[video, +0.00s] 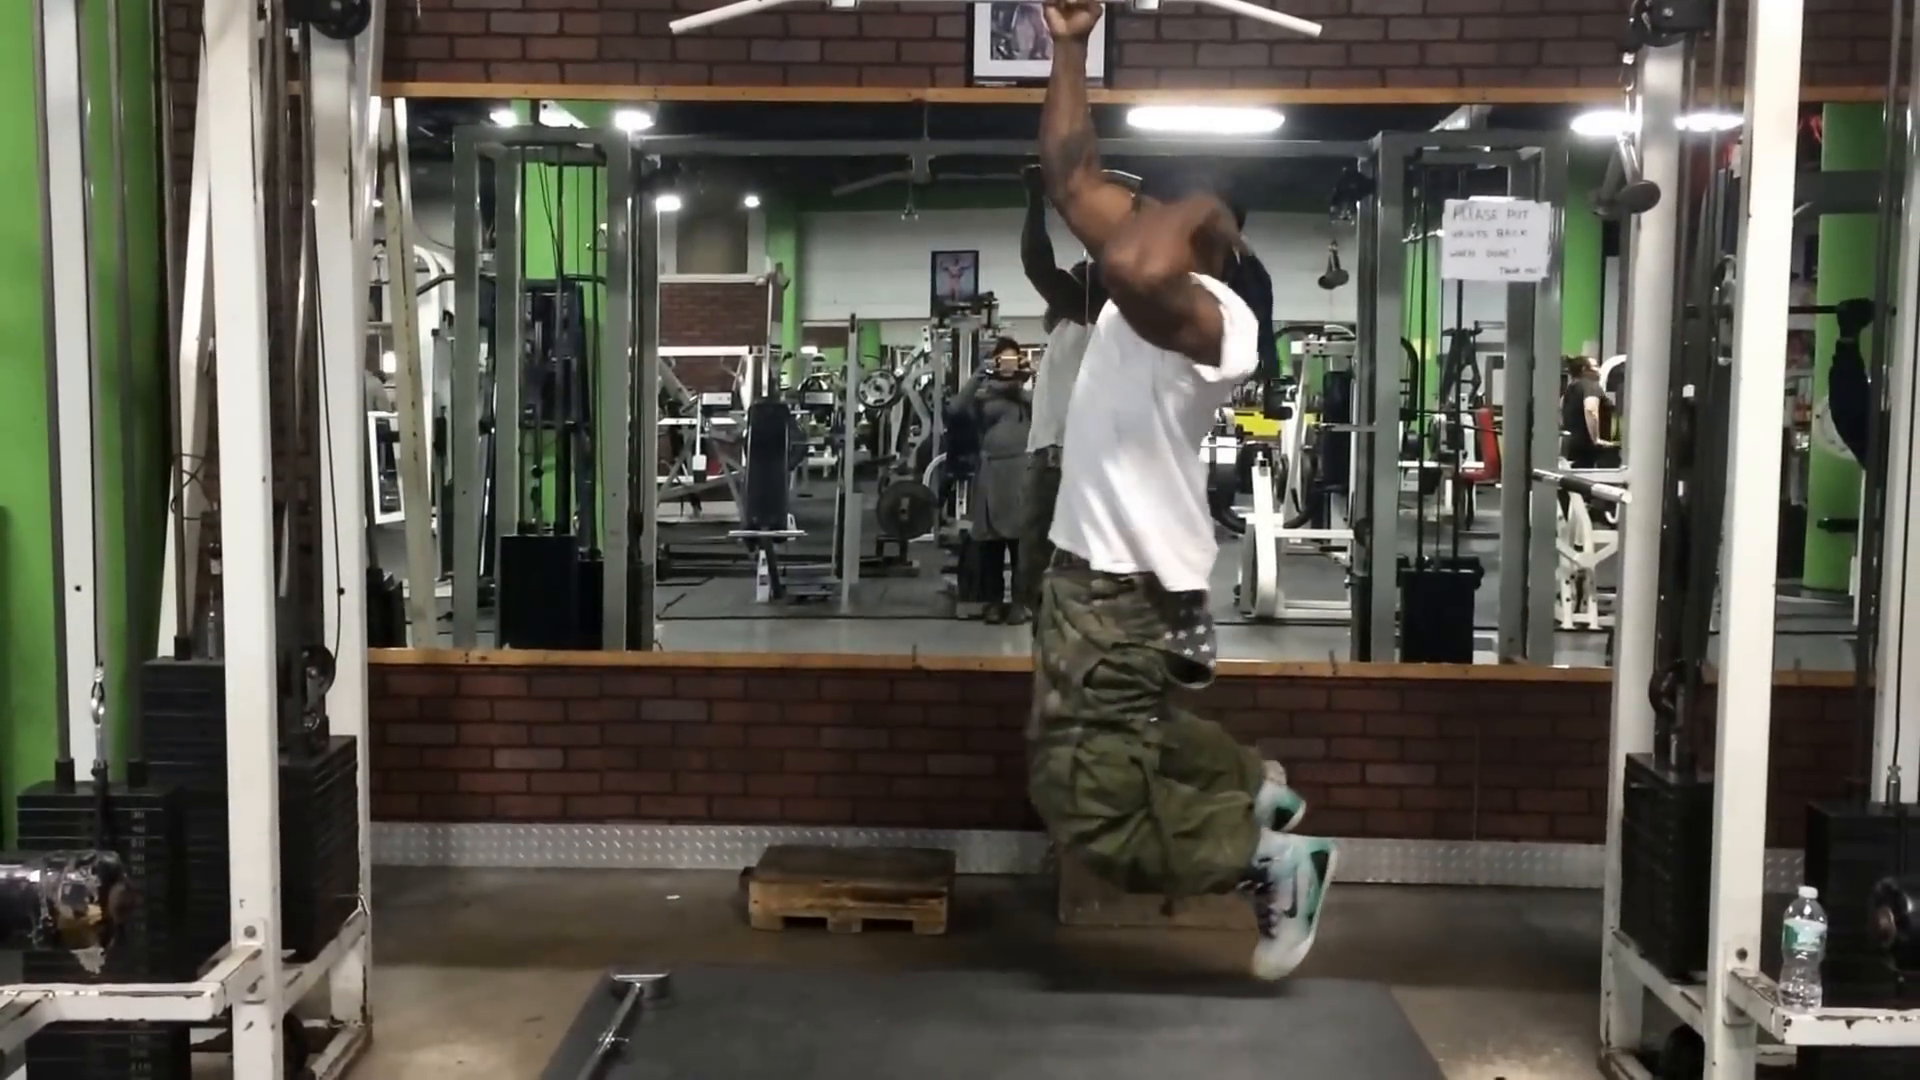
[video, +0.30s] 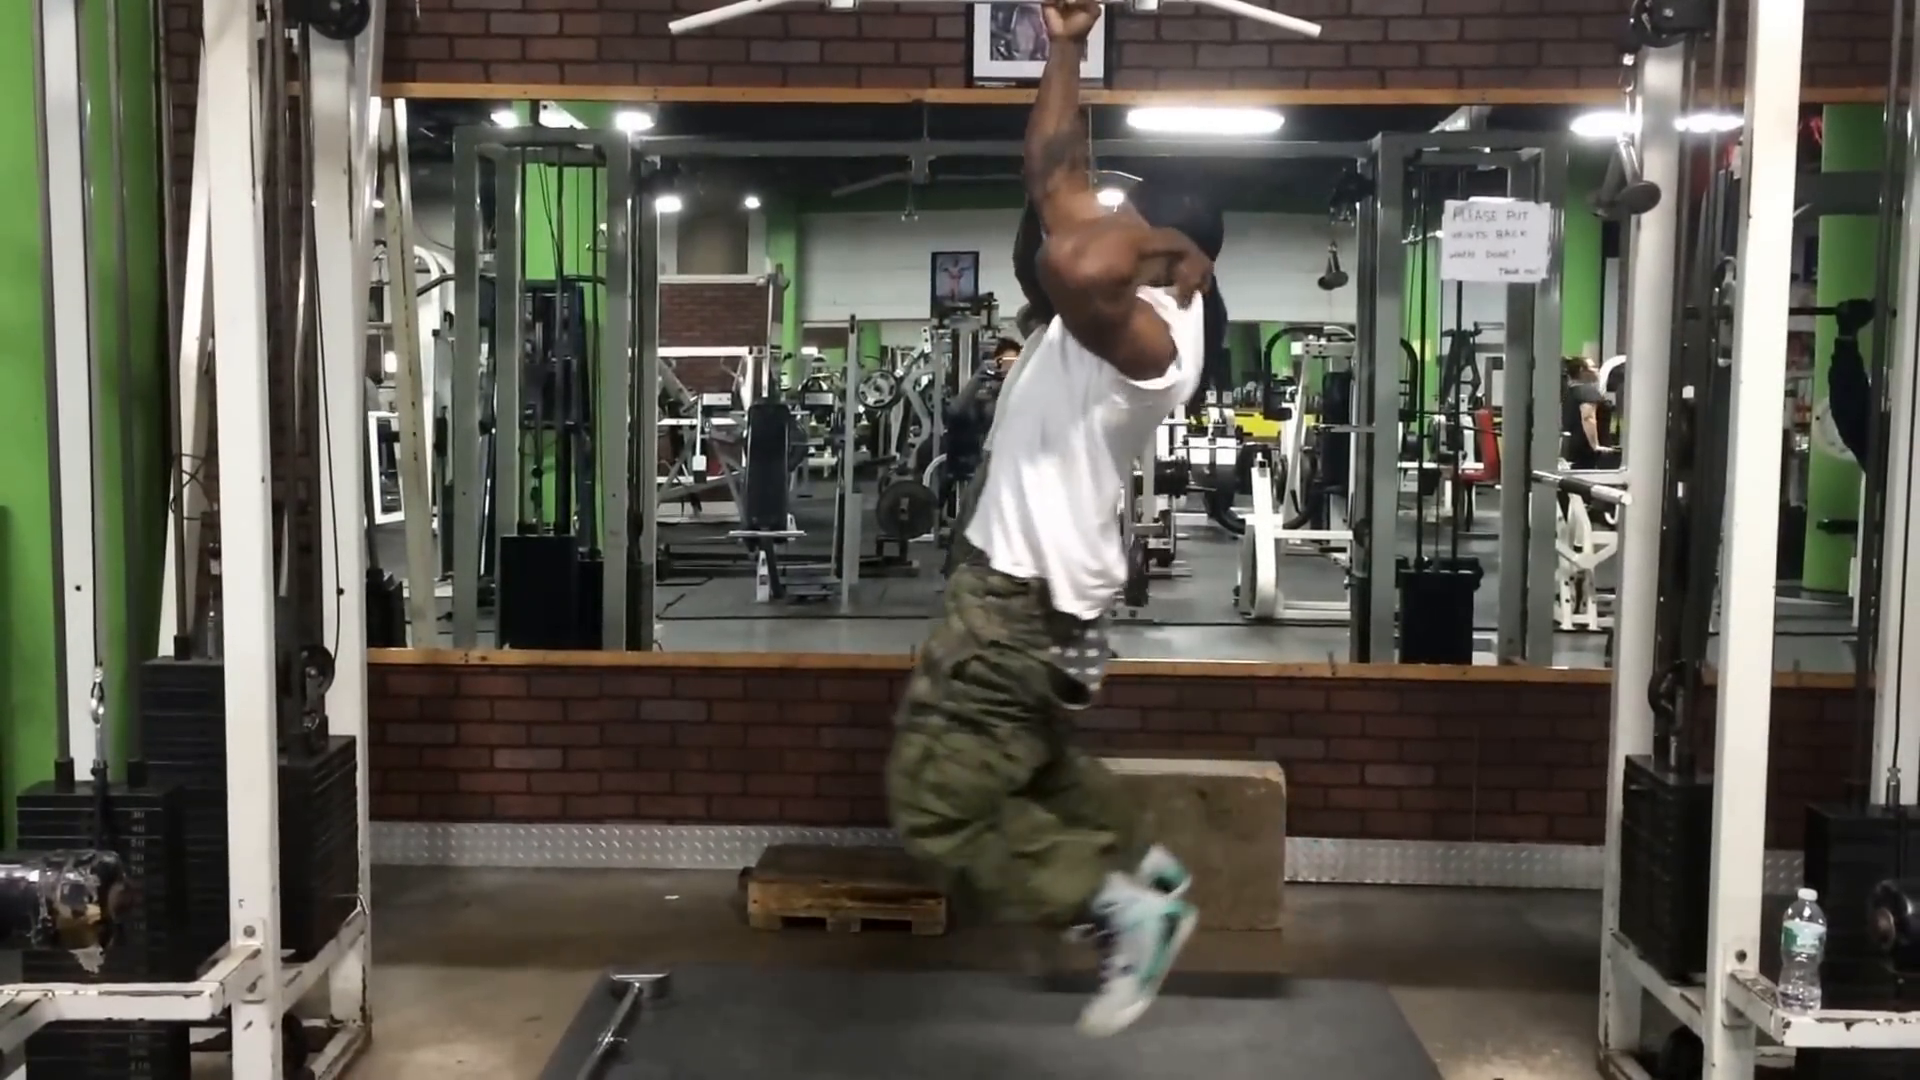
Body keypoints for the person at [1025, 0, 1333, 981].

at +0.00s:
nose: (1146, 222)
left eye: (1161, 214)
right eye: (1152, 210)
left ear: (1199, 245)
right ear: (1184, 241)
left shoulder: (1219, 315)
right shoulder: (1146, 283)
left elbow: (1137, 275)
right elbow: (1069, 175)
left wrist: (1190, 211)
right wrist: (1068, 45)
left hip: (1130, 581)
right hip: (1097, 570)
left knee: (1086, 806)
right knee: (1096, 739)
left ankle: (1271, 859)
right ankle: (1245, 784)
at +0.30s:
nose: (1082, 242)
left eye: (1100, 229)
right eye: (1085, 228)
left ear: (1146, 259)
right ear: (1123, 256)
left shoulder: (1158, 337)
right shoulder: (1103, 310)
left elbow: (1077, 279)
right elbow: (1053, 175)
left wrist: (1152, 243)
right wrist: (1063, 47)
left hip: (1026, 595)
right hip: (1029, 587)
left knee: (936, 800)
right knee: (1016, 758)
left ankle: (1123, 913)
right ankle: (1140, 865)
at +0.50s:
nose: (1078, 244)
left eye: (1098, 231)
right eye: (1090, 229)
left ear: (1135, 255)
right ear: (1123, 247)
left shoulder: (1124, 335)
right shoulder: (1102, 318)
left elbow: (1053, 239)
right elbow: (1046, 176)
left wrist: (1161, 228)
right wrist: (1064, 44)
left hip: (963, 571)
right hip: (997, 581)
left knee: (827, 768)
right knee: (934, 741)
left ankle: (976, 939)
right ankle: (1035, 881)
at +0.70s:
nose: (1079, 203)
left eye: (1090, 191)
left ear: (1117, 212)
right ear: (1166, 237)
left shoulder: (1119, 299)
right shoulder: (1087, 298)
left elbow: (1064, 181)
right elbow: (1034, 175)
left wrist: (1178, 167)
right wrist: (1059, 50)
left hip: (933, 556)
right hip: (974, 568)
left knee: (759, 734)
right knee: (879, 715)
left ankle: (874, 924)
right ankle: (946, 870)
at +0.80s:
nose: (1067, 199)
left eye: (1083, 185)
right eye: (1070, 179)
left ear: (1113, 207)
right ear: (1141, 223)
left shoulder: (1100, 290)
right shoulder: (1105, 310)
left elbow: (1039, 171)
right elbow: (1047, 181)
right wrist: (1065, 64)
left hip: (933, 551)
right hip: (982, 559)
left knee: (749, 715)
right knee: (845, 684)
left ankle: (859, 913)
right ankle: (913, 851)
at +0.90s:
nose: (1050, 218)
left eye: (1060, 189)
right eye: (1060, 180)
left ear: (1088, 200)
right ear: (1130, 223)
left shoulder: (1108, 288)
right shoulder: (1093, 296)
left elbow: (993, 189)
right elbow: (1016, 213)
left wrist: (1068, 120)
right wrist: (1055, 61)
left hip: (951, 546)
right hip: (974, 544)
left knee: (759, 699)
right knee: (835, 666)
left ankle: (867, 894)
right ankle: (883, 848)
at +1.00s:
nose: (1066, 201)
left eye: (1076, 189)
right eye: (1073, 190)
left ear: (1117, 225)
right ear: (1139, 232)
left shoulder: (1110, 309)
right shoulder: (1097, 294)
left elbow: (979, 216)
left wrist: (1062, 128)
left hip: (977, 549)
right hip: (949, 519)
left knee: (782, 693)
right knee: (792, 599)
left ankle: (899, 876)